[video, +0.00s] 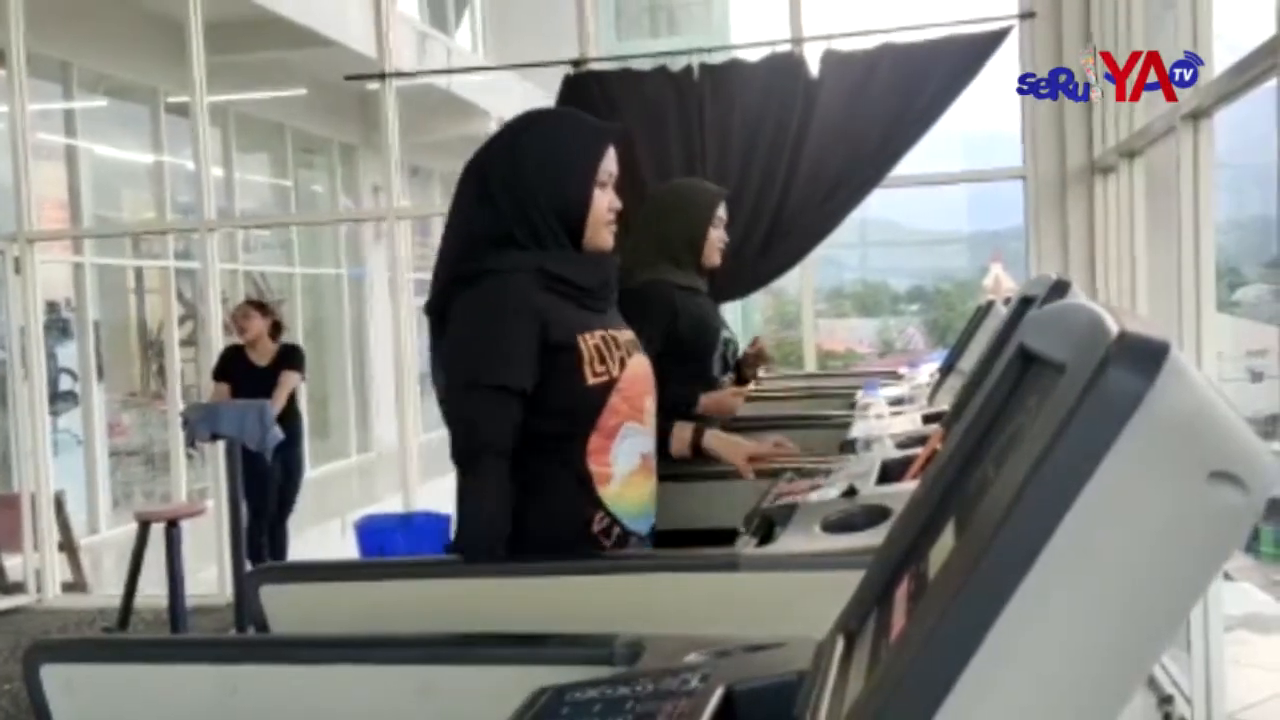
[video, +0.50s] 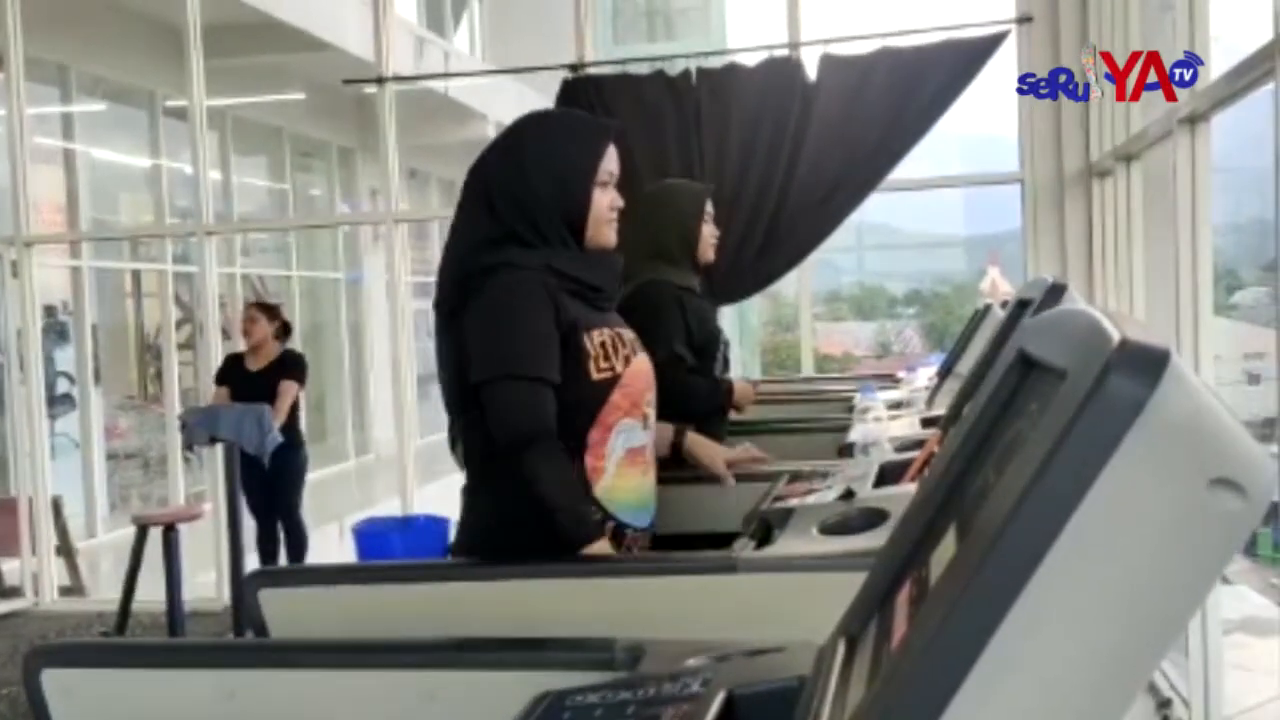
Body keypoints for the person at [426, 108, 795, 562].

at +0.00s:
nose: (618, 205)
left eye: (614, 187)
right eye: (602, 186)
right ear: (552, 188)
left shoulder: (581, 287)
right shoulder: (501, 299)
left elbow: (598, 421)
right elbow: (484, 460)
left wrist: (702, 439)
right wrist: (478, 592)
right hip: (545, 567)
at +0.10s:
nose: (613, 199)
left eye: (610, 181)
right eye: (599, 180)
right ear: (550, 181)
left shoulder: (569, 284)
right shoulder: (503, 289)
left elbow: (585, 422)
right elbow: (497, 448)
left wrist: (682, 438)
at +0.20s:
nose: (611, 206)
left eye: (608, 189)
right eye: (598, 187)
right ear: (549, 187)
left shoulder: (564, 294)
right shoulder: (511, 294)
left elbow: (578, 424)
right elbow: (532, 447)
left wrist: (670, 440)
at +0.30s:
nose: (612, 218)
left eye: (608, 201)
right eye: (598, 200)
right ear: (549, 202)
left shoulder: (553, 300)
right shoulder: (509, 307)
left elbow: (571, 418)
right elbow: (543, 452)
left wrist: (667, 447)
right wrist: (670, 519)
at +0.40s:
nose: (615, 216)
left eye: (612, 199)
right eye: (601, 199)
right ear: (552, 201)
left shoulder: (563, 301)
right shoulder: (514, 307)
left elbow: (582, 419)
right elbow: (541, 456)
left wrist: (679, 456)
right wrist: (668, 541)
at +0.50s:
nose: (619, 201)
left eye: (615, 186)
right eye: (604, 185)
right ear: (557, 187)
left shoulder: (579, 286)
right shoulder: (516, 291)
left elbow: (592, 422)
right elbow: (528, 443)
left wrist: (682, 441)